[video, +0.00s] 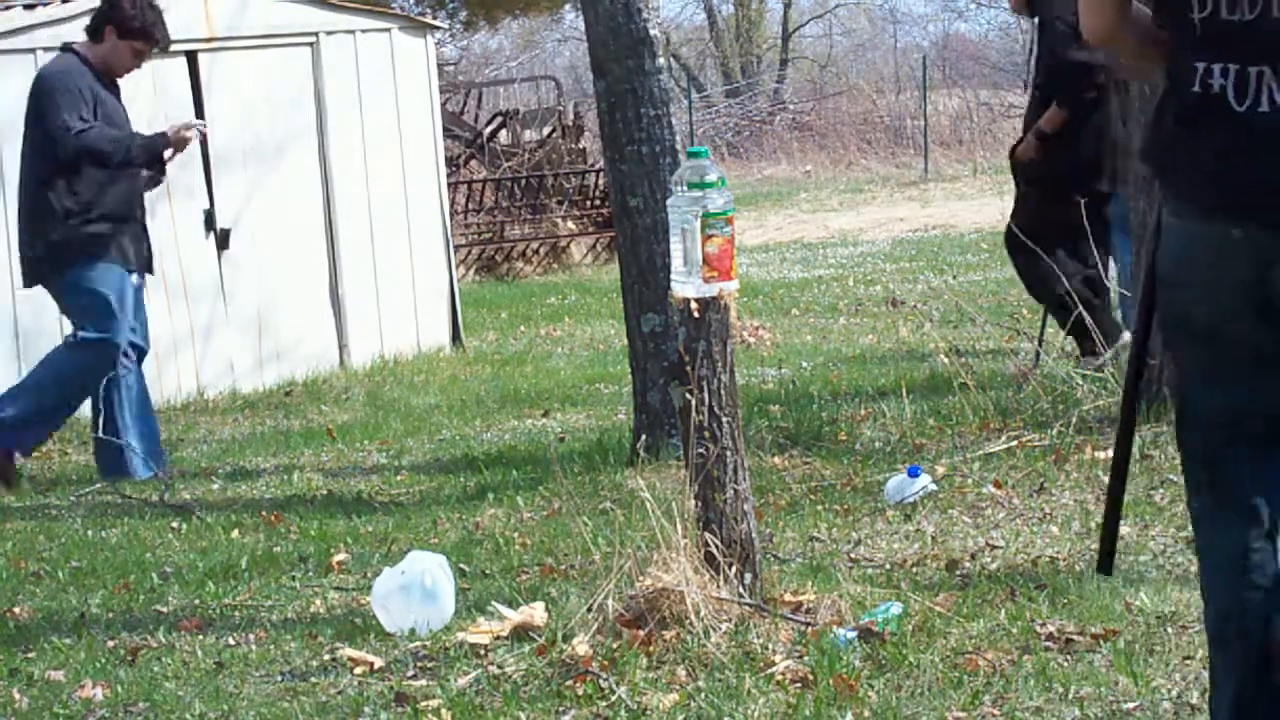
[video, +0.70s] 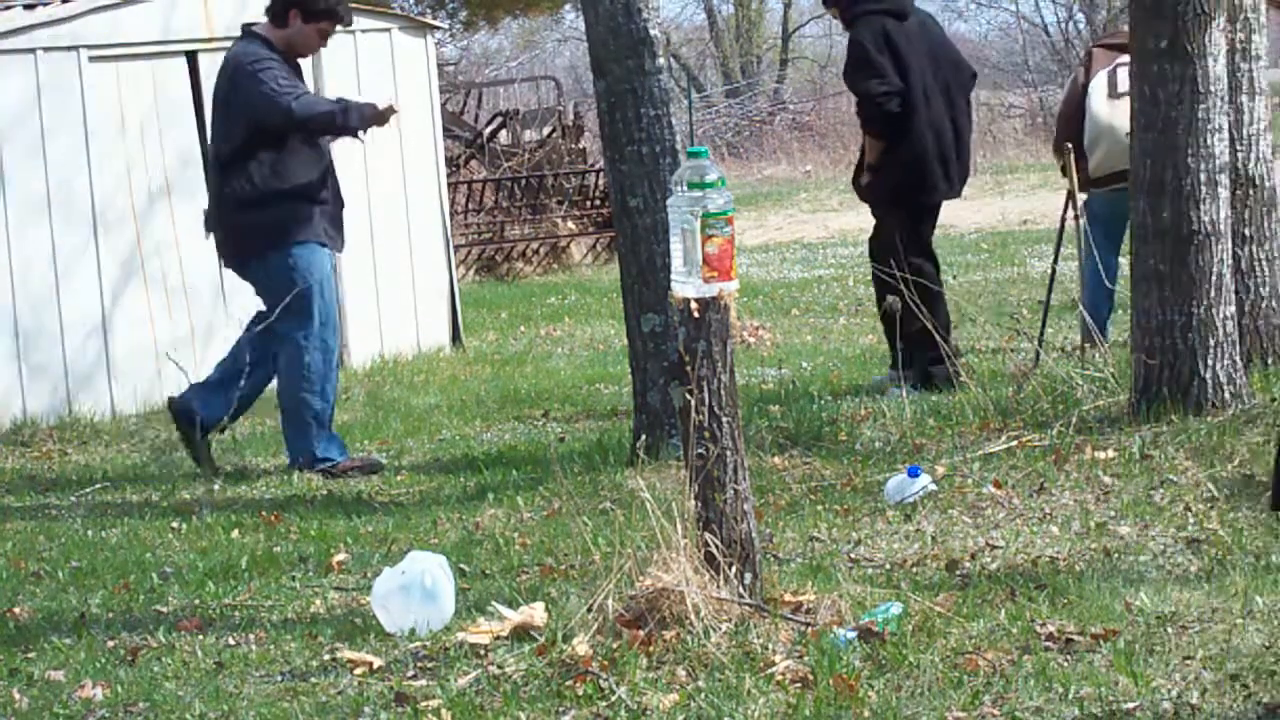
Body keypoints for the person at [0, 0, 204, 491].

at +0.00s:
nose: (138, 67)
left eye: (144, 58)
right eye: (138, 54)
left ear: (119, 42)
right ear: (110, 34)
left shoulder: (102, 87)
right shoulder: (64, 75)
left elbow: (107, 178)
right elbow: (75, 142)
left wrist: (150, 168)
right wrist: (160, 142)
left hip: (116, 239)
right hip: (78, 239)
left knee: (126, 349)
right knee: (105, 341)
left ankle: (131, 470)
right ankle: (8, 429)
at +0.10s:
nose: (160, 59)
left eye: (166, 50)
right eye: (158, 46)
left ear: (139, 34)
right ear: (129, 27)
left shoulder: (123, 83)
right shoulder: (85, 72)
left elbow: (122, 170)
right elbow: (102, 127)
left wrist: (167, 171)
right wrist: (181, 132)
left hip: (121, 226)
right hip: (105, 227)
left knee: (128, 342)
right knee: (154, 318)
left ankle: (141, 464)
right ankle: (69, 425)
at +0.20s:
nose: (182, 54)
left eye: (187, 46)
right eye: (180, 42)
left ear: (154, 27)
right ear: (150, 24)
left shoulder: (144, 80)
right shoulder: (107, 69)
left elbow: (143, 166)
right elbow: (130, 120)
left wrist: (190, 167)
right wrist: (204, 124)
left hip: (129, 227)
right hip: (135, 224)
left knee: (130, 340)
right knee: (188, 314)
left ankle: (125, 457)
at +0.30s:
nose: (208, 56)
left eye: (214, 47)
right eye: (206, 43)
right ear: (177, 24)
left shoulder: (177, 79)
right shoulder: (134, 69)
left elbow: (172, 169)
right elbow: (158, 118)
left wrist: (215, 163)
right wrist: (231, 120)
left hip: (153, 234)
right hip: (165, 230)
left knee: (142, 357)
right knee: (209, 337)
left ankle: (132, 469)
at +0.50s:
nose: (268, 57)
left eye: (273, 49)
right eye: (266, 45)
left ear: (237, 31)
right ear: (236, 29)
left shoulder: (212, 77)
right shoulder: (198, 73)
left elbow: (213, 162)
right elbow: (225, 120)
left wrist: (263, 155)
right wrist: (292, 118)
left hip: (209, 240)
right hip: (225, 235)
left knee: (181, 354)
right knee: (276, 335)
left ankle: (137, 464)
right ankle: (316, 454)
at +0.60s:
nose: (298, 56)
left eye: (303, 47)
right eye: (296, 43)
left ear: (268, 27)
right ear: (268, 25)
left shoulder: (231, 69)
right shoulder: (229, 70)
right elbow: (264, 116)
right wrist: (327, 116)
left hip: (230, 232)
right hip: (257, 225)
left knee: (228, 337)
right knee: (302, 333)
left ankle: (159, 441)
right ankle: (316, 453)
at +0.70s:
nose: (323, 45)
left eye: (328, 36)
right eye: (322, 33)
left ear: (294, 18)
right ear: (295, 17)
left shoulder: (270, 61)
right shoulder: (254, 60)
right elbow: (293, 109)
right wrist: (361, 113)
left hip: (286, 224)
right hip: (280, 226)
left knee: (282, 327)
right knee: (311, 336)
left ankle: (199, 410)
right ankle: (316, 455)